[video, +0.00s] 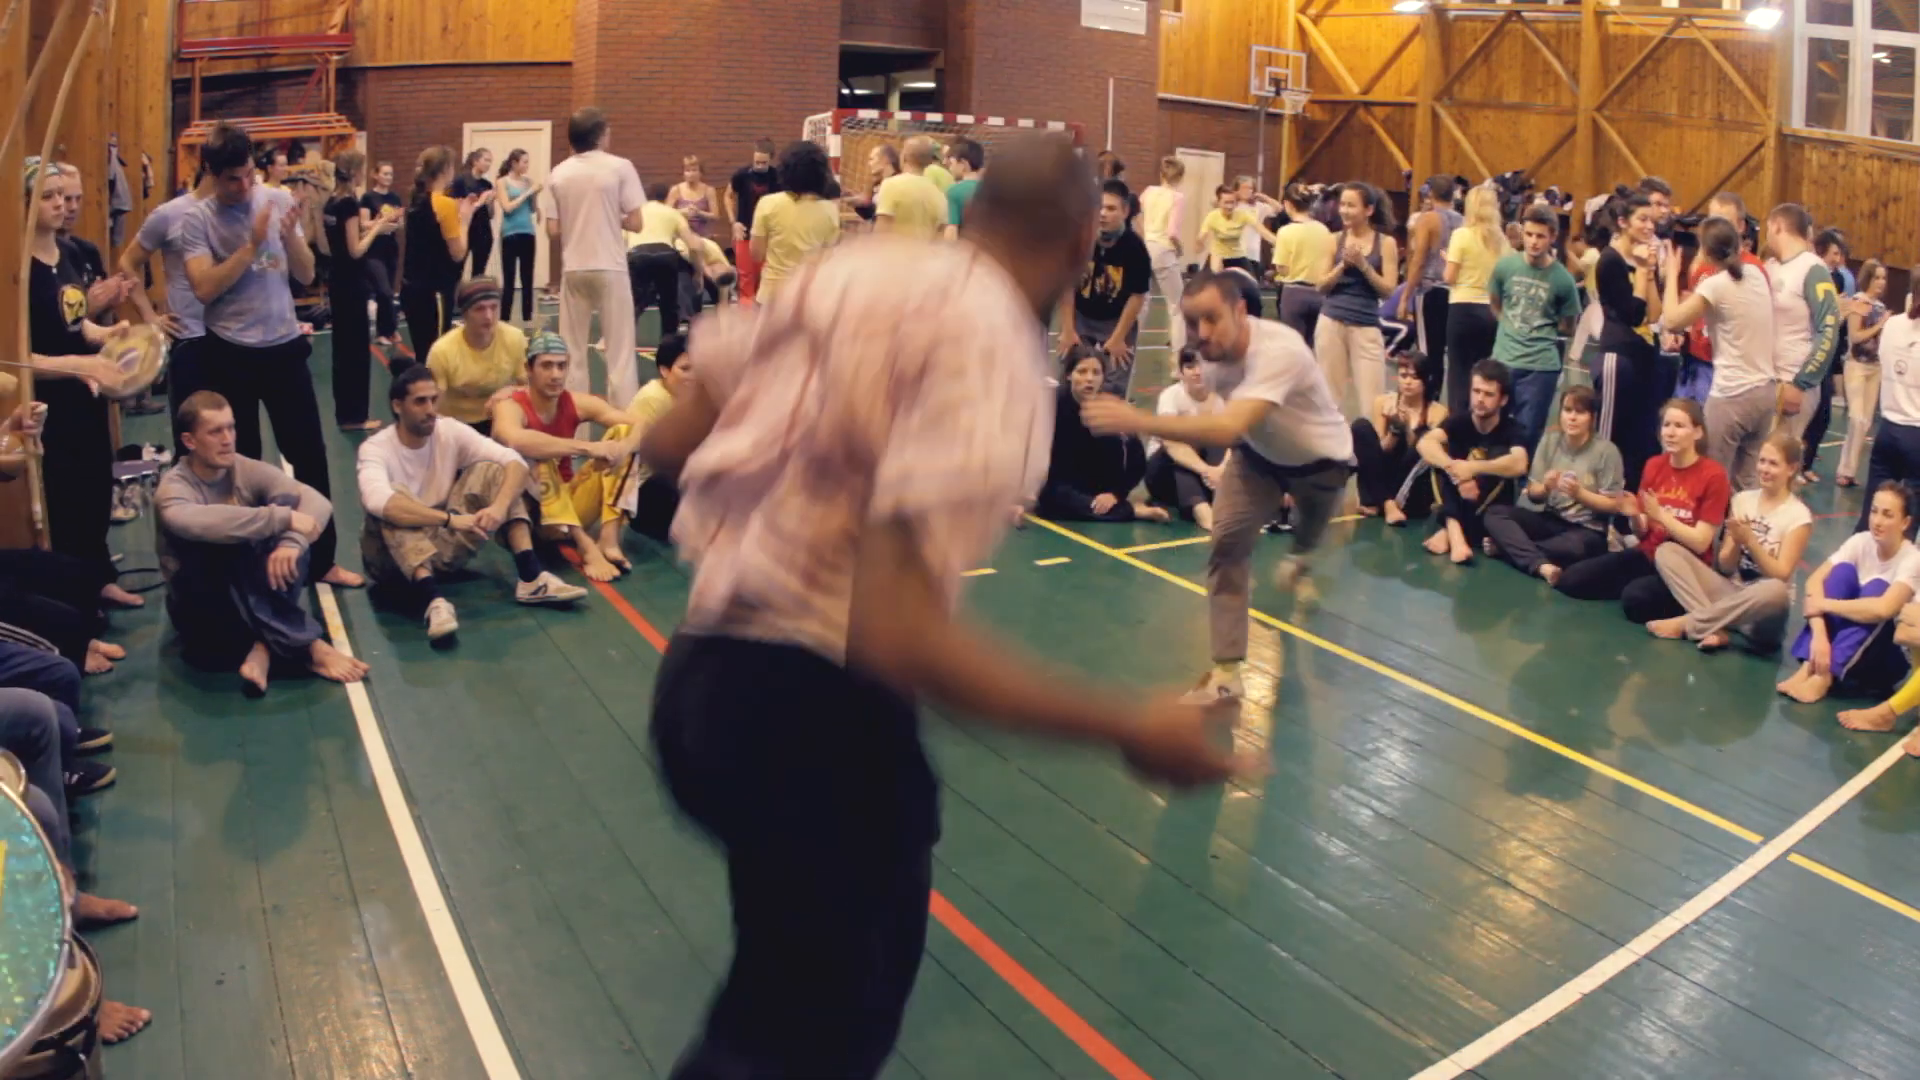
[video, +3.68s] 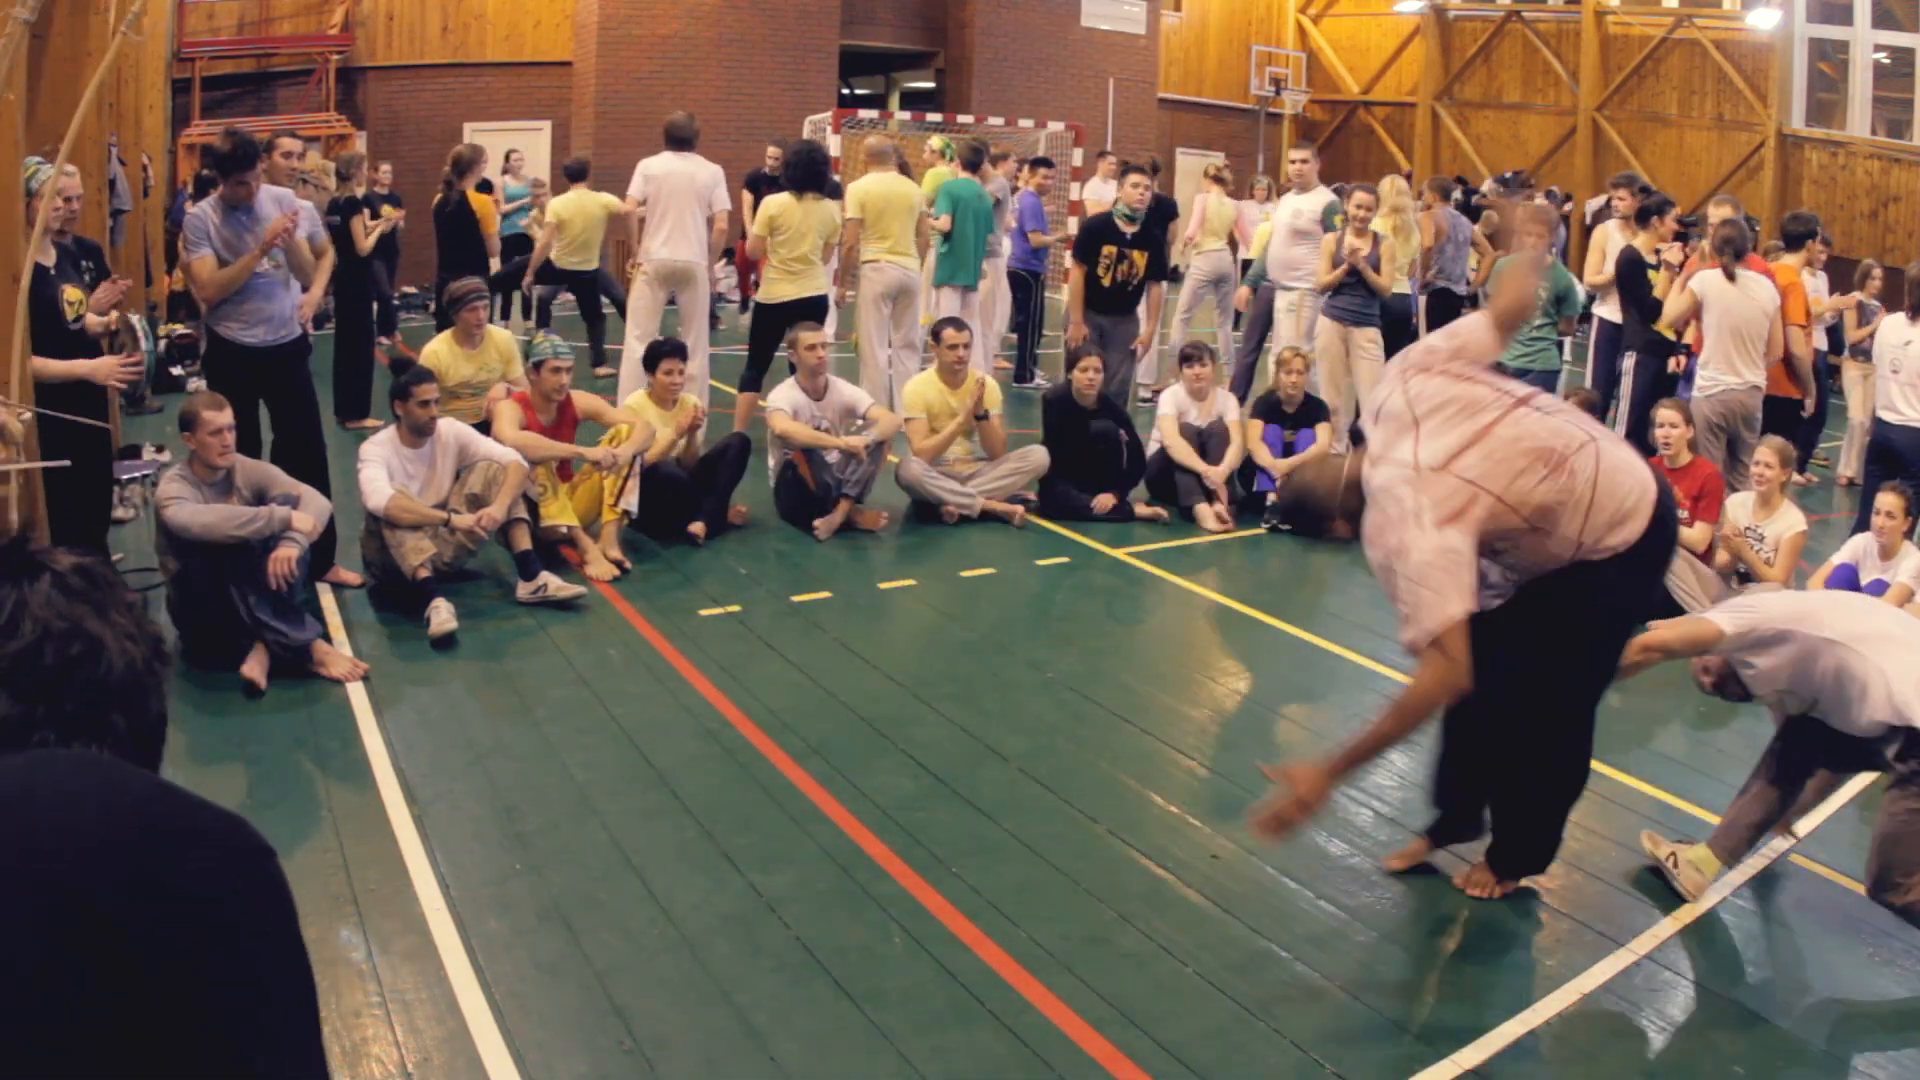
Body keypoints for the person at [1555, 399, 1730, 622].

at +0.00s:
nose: (1670, 432)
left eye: (1679, 426)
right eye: (1666, 425)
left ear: (1698, 432)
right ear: (1659, 429)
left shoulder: (1714, 475)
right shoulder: (1654, 465)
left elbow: (1701, 542)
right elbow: (1642, 531)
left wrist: (1660, 515)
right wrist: (1634, 514)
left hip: (1685, 565)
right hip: (1647, 555)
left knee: (1635, 601)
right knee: (1569, 581)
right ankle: (1636, 582)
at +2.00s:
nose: (1664, 433)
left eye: (1674, 426)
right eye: (1661, 425)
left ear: (1693, 433)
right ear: (1654, 430)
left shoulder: (1709, 475)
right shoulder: (1650, 466)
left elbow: (1698, 542)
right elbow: (1640, 534)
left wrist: (1652, 516)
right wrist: (1638, 517)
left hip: (1683, 565)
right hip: (1647, 555)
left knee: (1635, 600)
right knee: (1570, 581)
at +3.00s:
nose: (1666, 433)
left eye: (1675, 426)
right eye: (1661, 426)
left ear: (1694, 431)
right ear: (1656, 430)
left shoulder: (1710, 475)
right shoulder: (1652, 466)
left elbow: (1699, 544)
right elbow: (1637, 530)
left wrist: (1654, 517)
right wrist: (1645, 517)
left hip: (1682, 565)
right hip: (1645, 555)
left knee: (1635, 600)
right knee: (1572, 580)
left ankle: (1692, 603)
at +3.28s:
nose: (1664, 433)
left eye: (1673, 426)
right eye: (1659, 426)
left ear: (1689, 431)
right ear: (1653, 431)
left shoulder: (1708, 474)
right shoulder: (1648, 467)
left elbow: (1698, 538)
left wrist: (1652, 517)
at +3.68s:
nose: (1665, 434)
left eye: (1674, 426)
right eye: (1660, 426)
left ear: (1690, 431)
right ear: (1653, 431)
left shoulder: (1709, 474)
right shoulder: (1647, 468)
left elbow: (1699, 541)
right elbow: (1631, 519)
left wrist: (1654, 521)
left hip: (1693, 564)